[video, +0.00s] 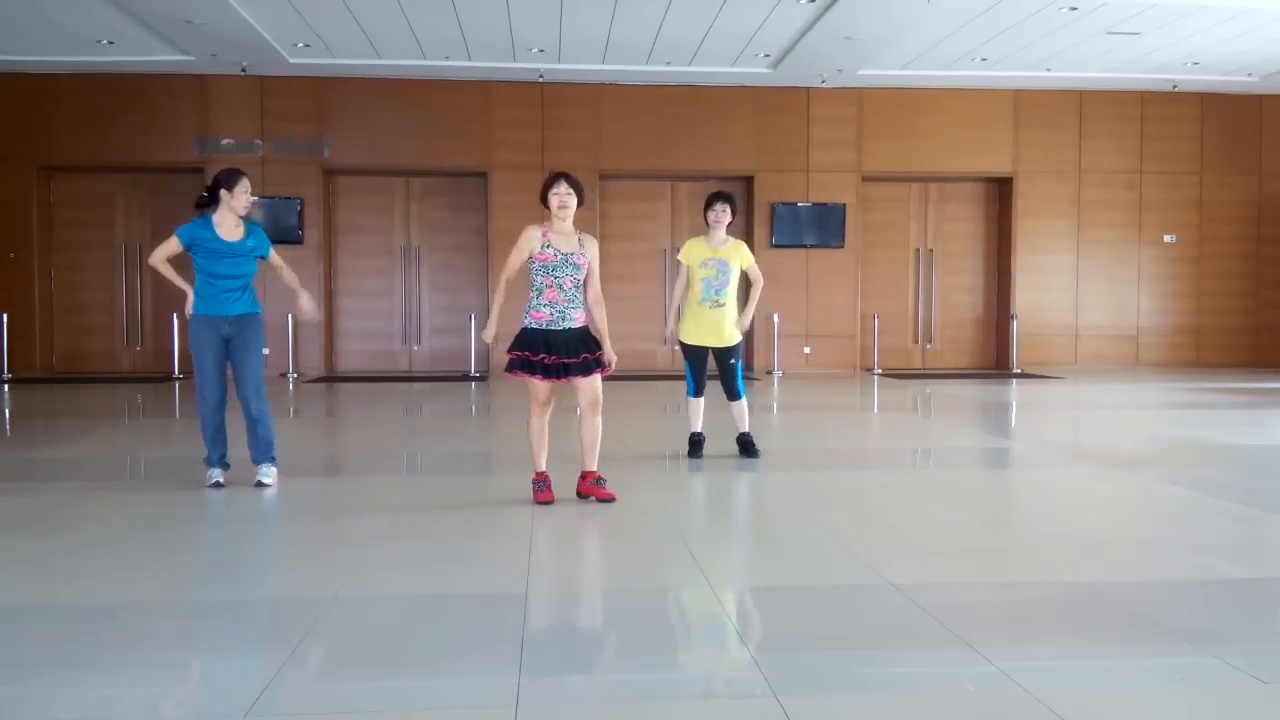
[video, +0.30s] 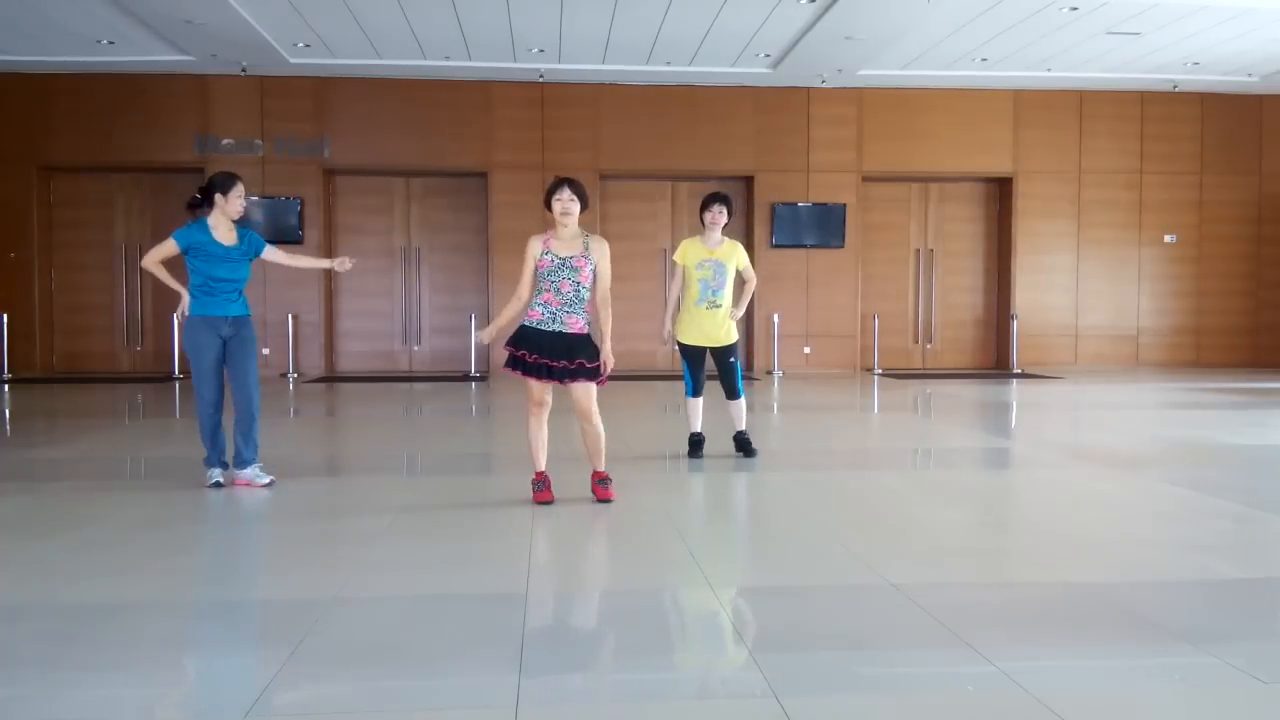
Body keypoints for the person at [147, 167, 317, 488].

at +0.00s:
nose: (250, 199)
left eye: (250, 193)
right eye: (244, 193)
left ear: (238, 196)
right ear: (224, 195)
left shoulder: (254, 233)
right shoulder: (197, 229)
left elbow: (280, 266)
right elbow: (156, 258)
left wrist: (301, 291)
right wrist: (187, 288)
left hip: (246, 321)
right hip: (205, 322)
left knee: (252, 395)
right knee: (211, 397)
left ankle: (266, 463)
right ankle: (216, 465)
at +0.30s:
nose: (243, 204)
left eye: (244, 198)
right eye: (238, 198)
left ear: (229, 200)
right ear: (218, 199)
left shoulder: (246, 237)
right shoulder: (193, 233)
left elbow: (287, 258)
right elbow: (150, 261)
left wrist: (331, 263)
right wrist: (182, 290)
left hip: (239, 324)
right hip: (202, 325)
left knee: (248, 397)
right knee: (210, 399)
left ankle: (245, 466)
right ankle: (215, 466)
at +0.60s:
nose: (241, 201)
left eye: (241, 196)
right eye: (236, 195)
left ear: (231, 199)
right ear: (216, 197)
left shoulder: (245, 238)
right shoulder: (192, 233)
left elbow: (257, 284)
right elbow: (149, 264)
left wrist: (274, 325)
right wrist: (185, 291)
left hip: (244, 324)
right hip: (204, 325)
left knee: (248, 395)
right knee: (209, 398)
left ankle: (247, 462)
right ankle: (215, 465)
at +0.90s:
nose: (246, 197)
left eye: (247, 191)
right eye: (240, 191)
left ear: (243, 195)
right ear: (219, 194)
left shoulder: (256, 234)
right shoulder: (197, 231)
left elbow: (272, 279)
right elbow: (159, 262)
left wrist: (284, 321)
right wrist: (192, 289)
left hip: (251, 321)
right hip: (211, 322)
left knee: (250, 397)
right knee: (214, 396)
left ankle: (250, 462)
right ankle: (215, 465)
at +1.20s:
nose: (246, 202)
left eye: (248, 196)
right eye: (239, 196)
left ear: (249, 198)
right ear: (220, 198)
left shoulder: (259, 234)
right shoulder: (200, 235)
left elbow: (273, 279)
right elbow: (168, 268)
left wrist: (291, 318)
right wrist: (200, 292)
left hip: (259, 323)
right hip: (219, 325)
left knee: (255, 396)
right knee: (221, 395)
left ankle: (250, 462)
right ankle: (221, 464)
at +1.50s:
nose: (240, 202)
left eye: (242, 196)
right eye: (233, 196)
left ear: (242, 200)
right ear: (214, 198)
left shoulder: (254, 235)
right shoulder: (193, 237)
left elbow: (274, 276)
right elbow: (170, 270)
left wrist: (299, 312)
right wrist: (198, 294)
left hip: (256, 324)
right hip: (215, 326)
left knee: (252, 397)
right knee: (201, 395)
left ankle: (250, 463)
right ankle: (190, 465)